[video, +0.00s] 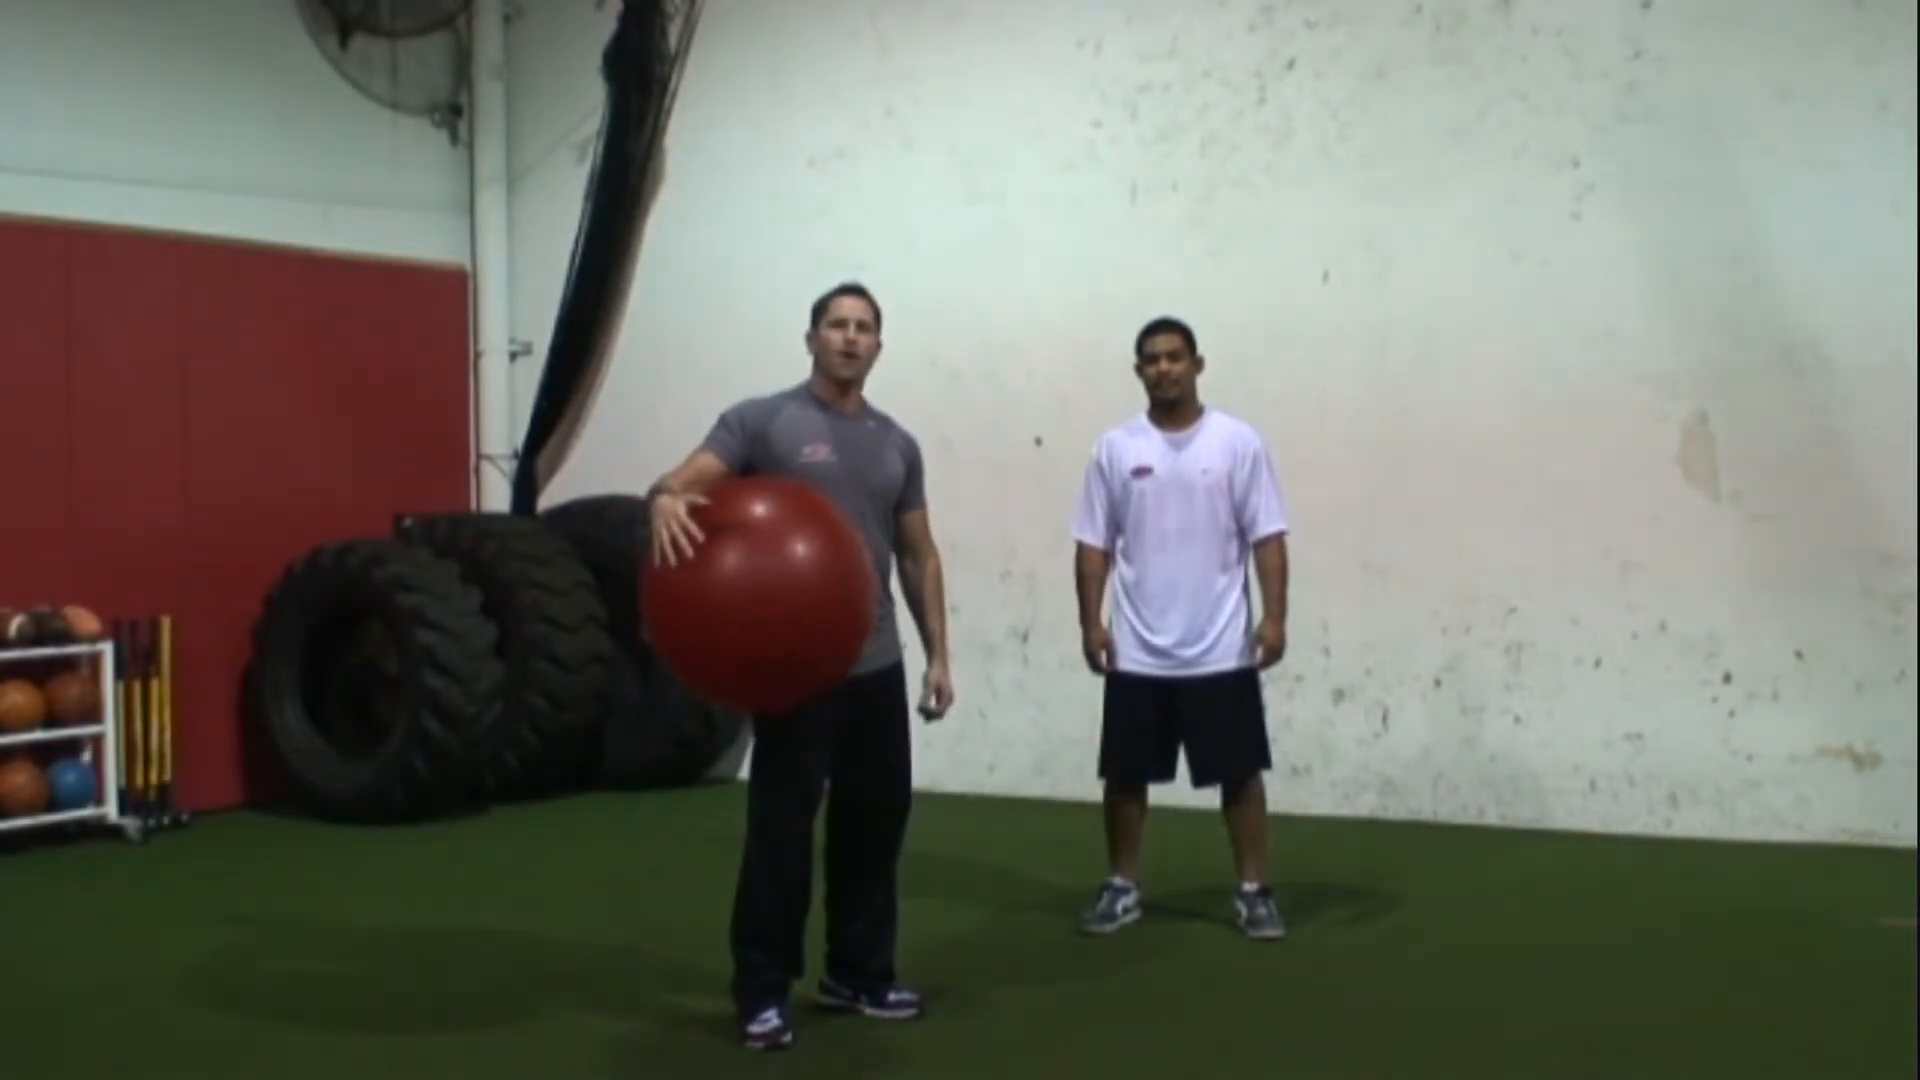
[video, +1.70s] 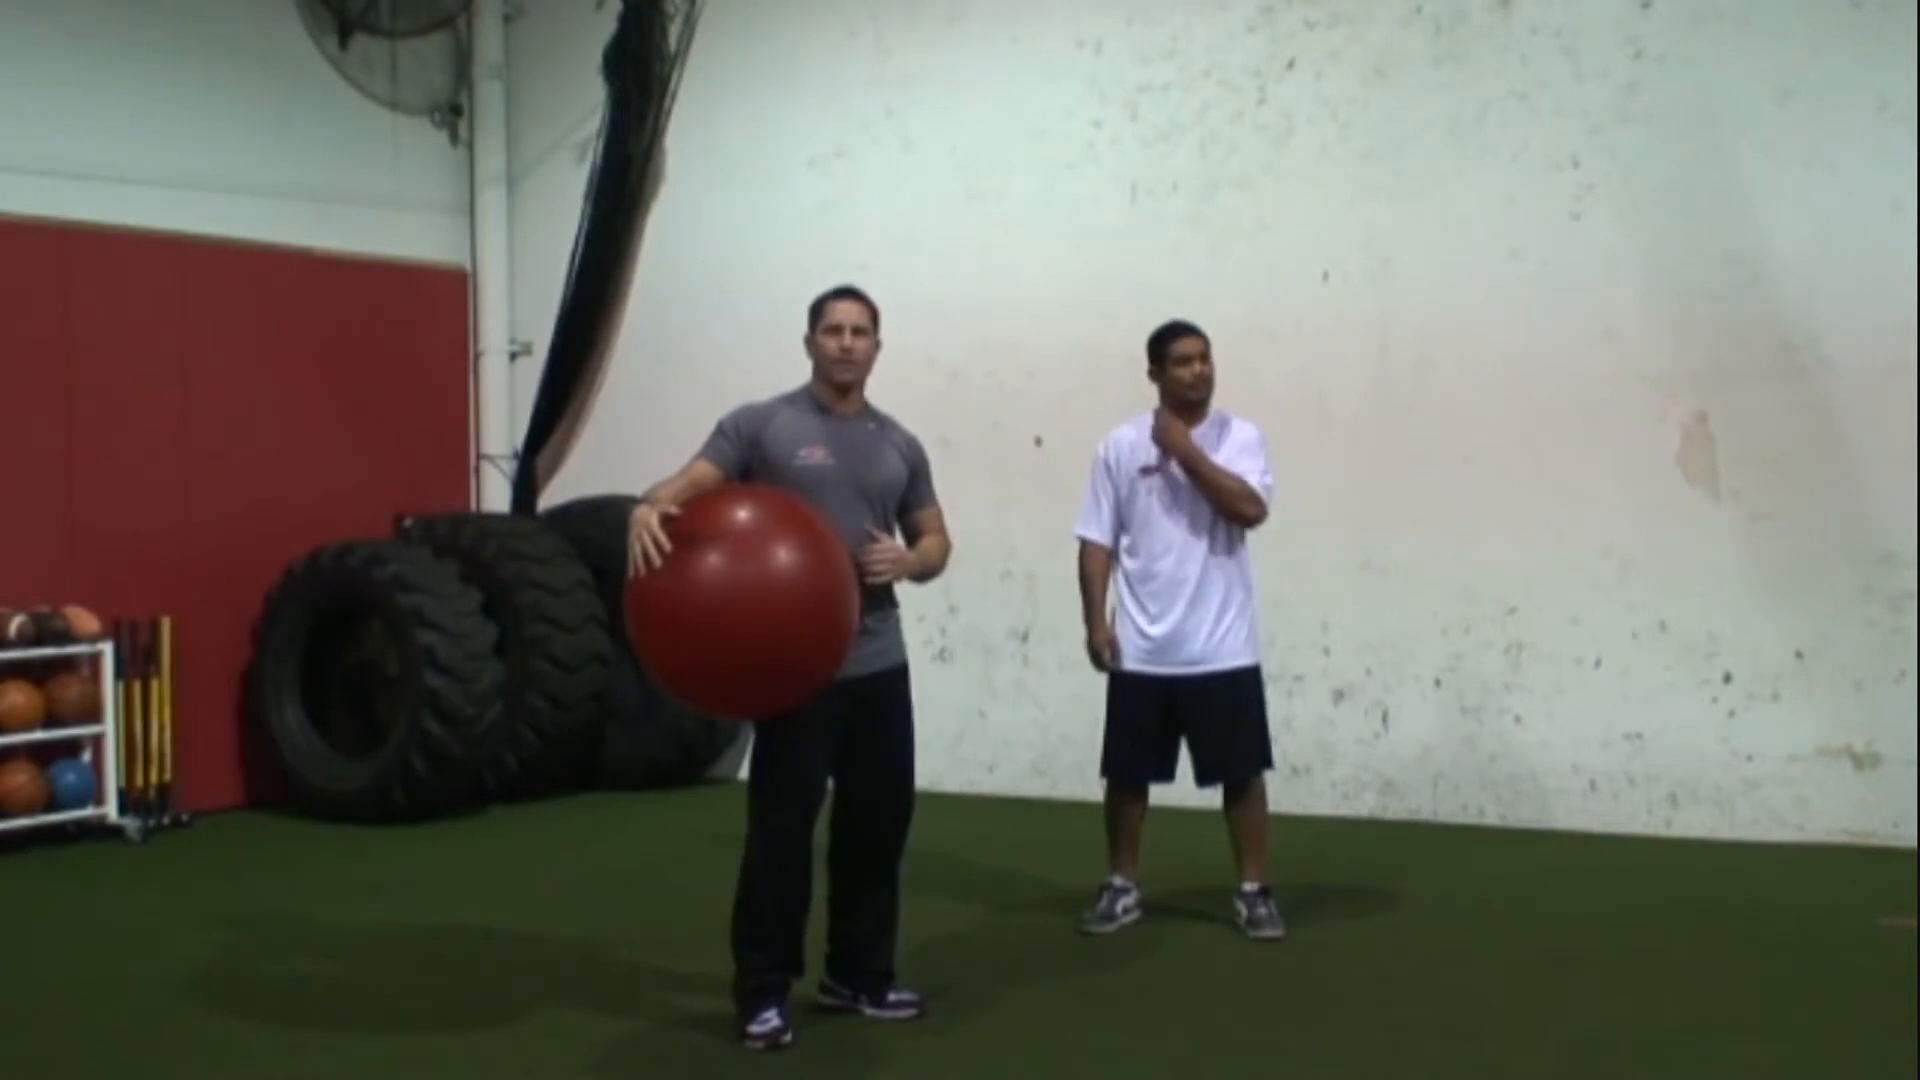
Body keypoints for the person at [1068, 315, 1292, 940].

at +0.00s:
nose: (1163, 368)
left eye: (1174, 357)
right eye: (1152, 360)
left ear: (1197, 365)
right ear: (1138, 372)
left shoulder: (1239, 443)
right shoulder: (1116, 449)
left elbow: (1268, 535)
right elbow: (1094, 541)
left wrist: (1274, 616)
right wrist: (1091, 622)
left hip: (1220, 645)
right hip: (1138, 646)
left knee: (1242, 776)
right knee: (1123, 777)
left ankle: (1254, 889)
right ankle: (1122, 883)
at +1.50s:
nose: (1178, 367)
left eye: (1187, 357)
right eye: (1164, 359)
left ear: (1204, 366)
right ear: (1145, 372)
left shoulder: (1245, 442)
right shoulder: (1119, 449)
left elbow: (1277, 524)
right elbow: (1095, 539)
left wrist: (1230, 548)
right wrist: (1094, 620)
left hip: (1222, 646)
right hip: (1141, 647)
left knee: (1242, 776)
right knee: (1125, 777)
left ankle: (1254, 888)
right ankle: (1122, 884)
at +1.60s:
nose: (1189, 369)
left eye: (1197, 359)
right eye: (1175, 361)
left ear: (1210, 367)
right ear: (1151, 373)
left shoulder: (1242, 440)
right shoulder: (1121, 448)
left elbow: (1268, 522)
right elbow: (1095, 539)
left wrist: (1197, 486)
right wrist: (1094, 620)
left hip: (1222, 644)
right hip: (1141, 645)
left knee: (1243, 777)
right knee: (1125, 777)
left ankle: (1254, 888)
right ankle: (1122, 883)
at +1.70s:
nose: (1196, 371)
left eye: (1202, 360)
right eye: (1182, 363)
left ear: (1214, 366)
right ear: (1156, 373)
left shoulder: (1238, 438)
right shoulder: (1122, 447)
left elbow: (1251, 508)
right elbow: (1096, 538)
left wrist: (1184, 449)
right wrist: (1097, 619)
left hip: (1222, 645)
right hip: (1141, 645)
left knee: (1243, 778)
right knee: (1126, 777)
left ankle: (1254, 888)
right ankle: (1122, 883)